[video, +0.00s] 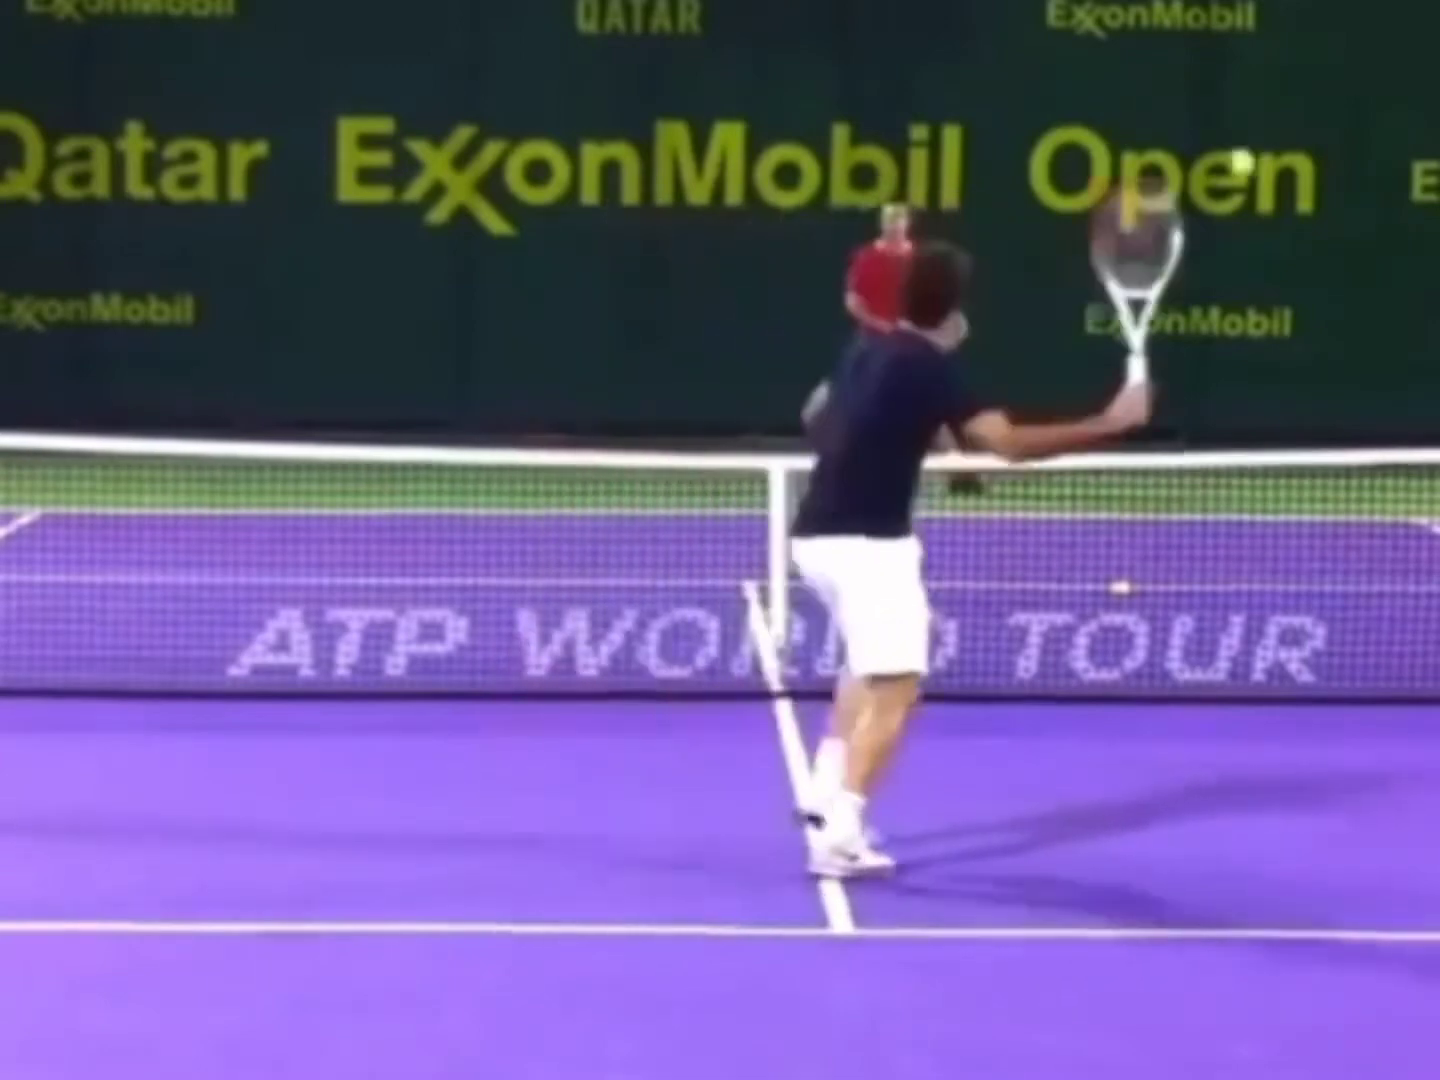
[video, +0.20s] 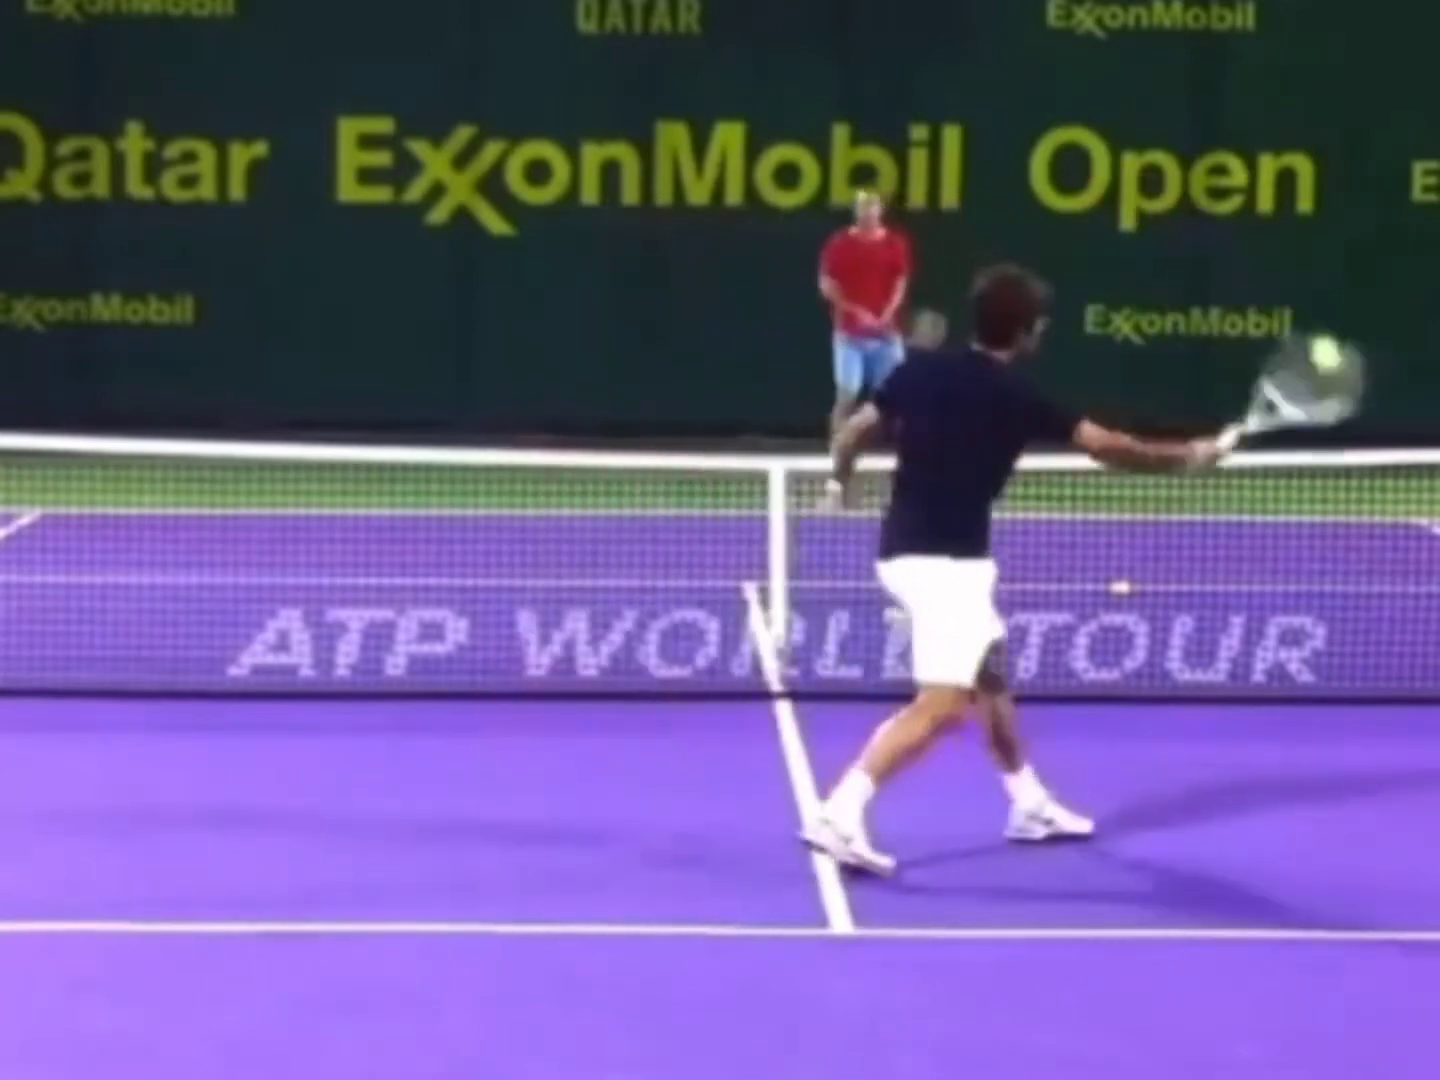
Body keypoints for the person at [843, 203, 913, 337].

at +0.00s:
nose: (896, 228)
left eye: (900, 223)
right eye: (892, 223)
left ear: (906, 224)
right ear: (883, 225)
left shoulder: (913, 255)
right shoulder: (867, 256)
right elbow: (852, 298)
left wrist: (909, 322)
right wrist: (880, 323)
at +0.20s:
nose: (867, 212)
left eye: (872, 205)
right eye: (862, 205)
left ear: (880, 209)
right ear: (855, 210)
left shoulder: (895, 244)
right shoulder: (840, 243)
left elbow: (901, 280)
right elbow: (827, 283)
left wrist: (887, 315)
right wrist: (857, 312)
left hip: (884, 332)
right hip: (850, 332)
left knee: (890, 394)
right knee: (848, 393)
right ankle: (839, 450)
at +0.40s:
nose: (856, 216)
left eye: (861, 210)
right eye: (852, 209)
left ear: (869, 215)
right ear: (844, 213)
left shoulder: (882, 250)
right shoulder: (827, 246)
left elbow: (885, 289)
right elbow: (813, 289)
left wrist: (866, 324)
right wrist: (834, 321)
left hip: (864, 336)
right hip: (829, 333)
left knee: (874, 401)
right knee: (810, 394)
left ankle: (883, 459)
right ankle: (790, 449)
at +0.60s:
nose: (826, 243)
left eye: (831, 238)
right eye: (822, 237)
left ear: (840, 243)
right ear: (814, 241)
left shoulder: (849, 276)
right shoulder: (799, 271)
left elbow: (852, 320)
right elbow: (785, 306)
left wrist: (816, 345)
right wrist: (792, 339)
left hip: (838, 357)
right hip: (801, 351)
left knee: (852, 422)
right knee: (769, 398)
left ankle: (883, 467)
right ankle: (753, 455)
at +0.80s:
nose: (750, 254)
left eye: (756, 248)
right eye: (746, 248)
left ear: (767, 251)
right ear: (742, 252)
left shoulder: (774, 282)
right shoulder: (747, 276)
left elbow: (746, 323)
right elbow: (743, 307)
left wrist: (695, 327)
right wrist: (719, 309)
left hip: (796, 363)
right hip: (761, 359)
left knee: (828, 427)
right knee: (718, 397)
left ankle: (877, 465)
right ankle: (689, 457)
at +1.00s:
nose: (654, 272)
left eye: (660, 264)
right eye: (651, 265)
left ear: (677, 265)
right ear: (651, 270)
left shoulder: (686, 293)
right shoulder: (668, 295)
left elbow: (693, 328)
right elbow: (674, 329)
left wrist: (668, 334)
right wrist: (672, 334)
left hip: (730, 367)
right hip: (696, 368)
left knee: (764, 429)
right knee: (651, 402)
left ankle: (826, 463)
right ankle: (664, 466)